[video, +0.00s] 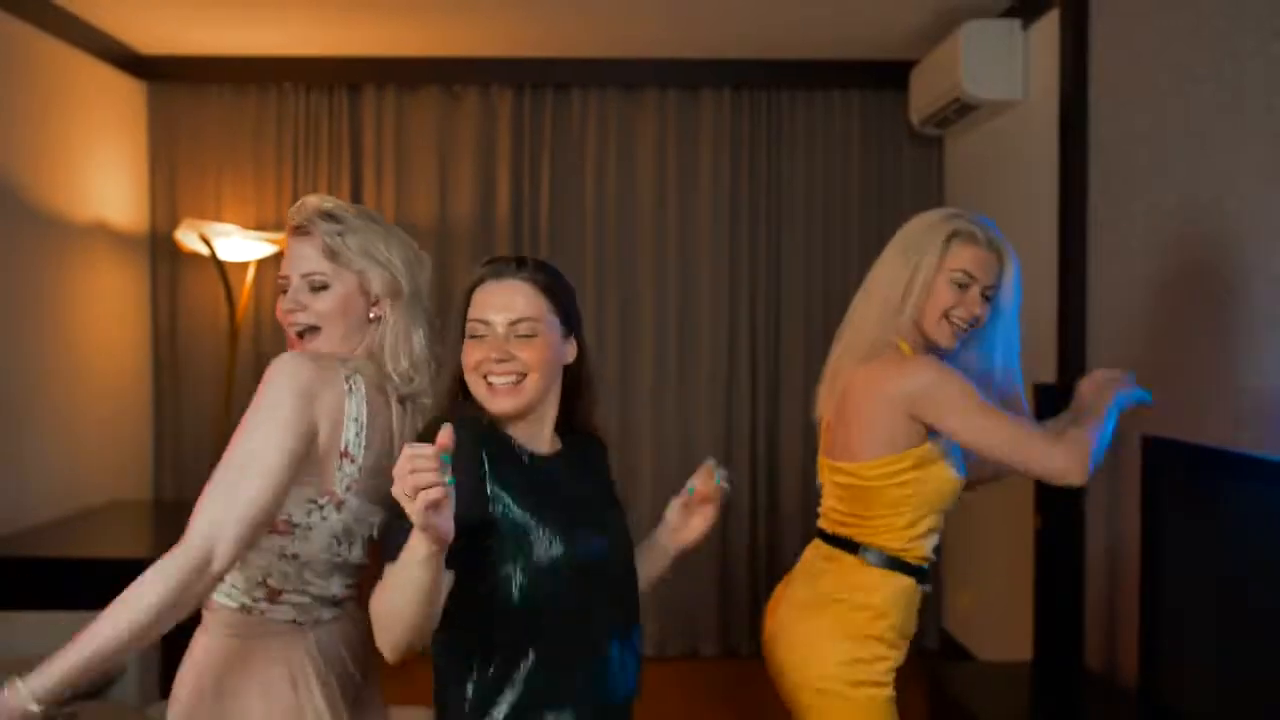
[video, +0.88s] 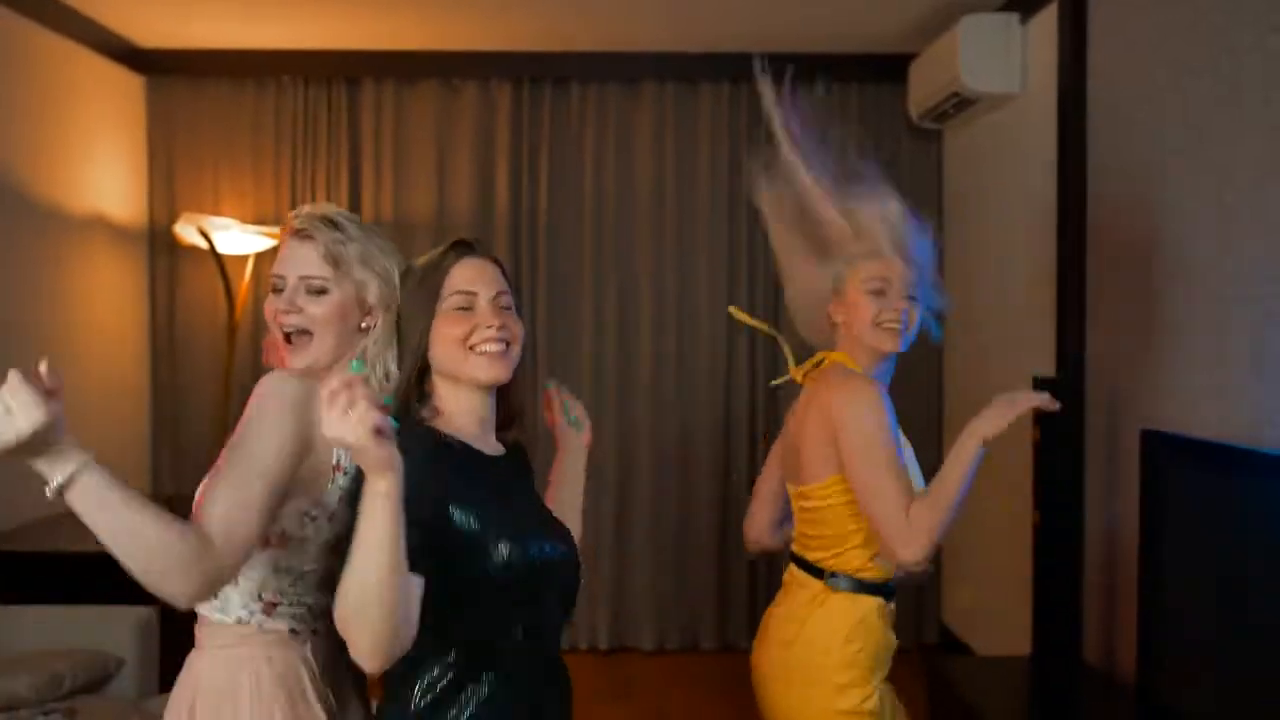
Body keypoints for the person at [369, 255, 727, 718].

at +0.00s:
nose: (497, 353)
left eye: (524, 333)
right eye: (479, 333)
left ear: (569, 347)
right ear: (460, 350)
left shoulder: (585, 457)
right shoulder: (453, 460)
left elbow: (600, 603)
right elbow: (393, 643)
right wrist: (427, 540)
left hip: (600, 708)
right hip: (495, 708)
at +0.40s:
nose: (476, 362)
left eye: (502, 343)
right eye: (456, 343)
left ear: (536, 362)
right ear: (433, 361)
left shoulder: (520, 483)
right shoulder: (420, 473)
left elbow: (568, 636)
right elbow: (377, 648)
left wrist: (608, 498)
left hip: (545, 705)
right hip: (451, 707)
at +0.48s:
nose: (470, 331)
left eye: (495, 314)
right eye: (449, 313)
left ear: (529, 330)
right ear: (427, 326)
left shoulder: (520, 443)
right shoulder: (412, 421)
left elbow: (564, 584)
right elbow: (371, 562)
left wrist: (627, 460)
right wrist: (415, 435)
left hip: (529, 702)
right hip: (431, 701)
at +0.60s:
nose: (465, 318)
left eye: (489, 301)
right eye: (441, 302)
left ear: (521, 318)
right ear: (419, 319)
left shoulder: (517, 424)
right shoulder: (412, 403)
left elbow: (560, 576)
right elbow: (378, 566)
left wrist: (664, 494)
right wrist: (416, 489)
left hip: (530, 697)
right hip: (439, 698)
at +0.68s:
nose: (475, 329)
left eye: (496, 309)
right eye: (448, 313)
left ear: (522, 331)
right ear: (421, 337)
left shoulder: (526, 468)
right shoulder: (411, 456)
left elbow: (569, 618)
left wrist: (652, 528)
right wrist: (433, 546)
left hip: (539, 706)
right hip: (454, 708)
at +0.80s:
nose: (488, 345)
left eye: (503, 329)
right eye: (458, 333)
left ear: (523, 349)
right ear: (421, 361)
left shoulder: (517, 488)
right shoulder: (410, 484)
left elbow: (556, 628)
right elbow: (396, 699)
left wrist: (596, 509)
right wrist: (434, 550)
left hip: (540, 707)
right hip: (456, 710)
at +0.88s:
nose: (493, 321)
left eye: (504, 305)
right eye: (462, 306)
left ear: (520, 325)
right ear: (417, 332)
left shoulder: (510, 458)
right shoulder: (410, 455)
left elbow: (547, 581)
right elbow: (373, 650)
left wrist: (572, 454)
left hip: (537, 701)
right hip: (446, 704)